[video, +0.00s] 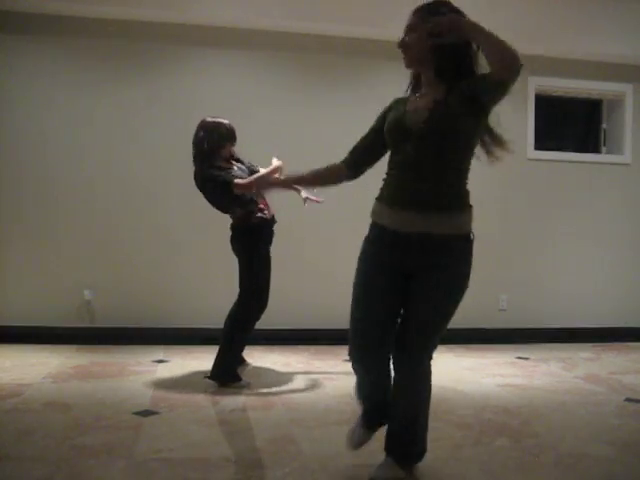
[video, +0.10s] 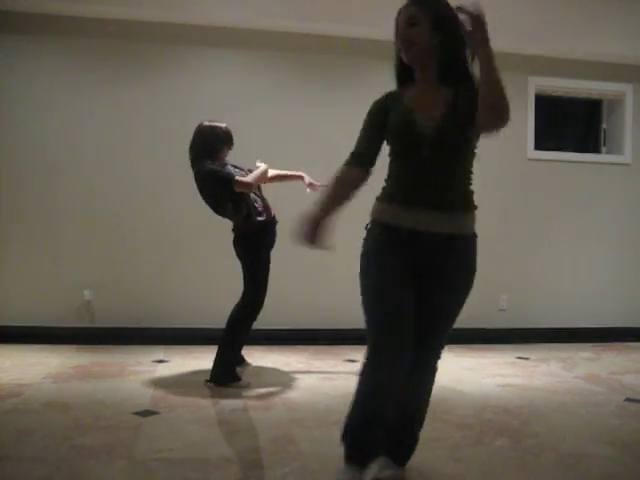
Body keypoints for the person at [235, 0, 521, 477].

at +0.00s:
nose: (401, 42)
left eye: (412, 34)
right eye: (403, 34)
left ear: (441, 41)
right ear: (412, 45)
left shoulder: (469, 98)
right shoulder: (399, 110)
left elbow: (510, 66)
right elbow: (350, 167)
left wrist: (467, 26)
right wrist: (281, 181)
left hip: (443, 245)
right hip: (386, 238)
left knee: (413, 352)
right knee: (365, 342)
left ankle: (404, 457)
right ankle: (376, 409)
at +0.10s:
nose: (402, 34)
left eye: (413, 24)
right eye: (399, 26)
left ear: (443, 33)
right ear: (397, 39)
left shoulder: (470, 98)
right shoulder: (388, 106)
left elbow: (496, 116)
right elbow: (358, 166)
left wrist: (483, 48)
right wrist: (323, 209)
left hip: (451, 244)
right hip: (390, 238)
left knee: (423, 355)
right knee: (389, 349)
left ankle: (397, 457)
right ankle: (358, 456)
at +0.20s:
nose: (410, 36)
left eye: (421, 25)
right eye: (402, 29)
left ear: (446, 34)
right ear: (393, 42)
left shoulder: (474, 105)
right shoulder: (386, 104)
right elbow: (394, 172)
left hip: (453, 251)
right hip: (394, 247)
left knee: (438, 369)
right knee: (420, 361)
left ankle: (387, 446)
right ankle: (390, 471)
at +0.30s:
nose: (418, 50)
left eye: (428, 38)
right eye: (406, 42)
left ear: (447, 48)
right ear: (393, 54)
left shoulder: (463, 122)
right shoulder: (392, 114)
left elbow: (485, 208)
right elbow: (448, 171)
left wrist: (474, 154)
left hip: (454, 268)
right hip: (398, 266)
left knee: (447, 379)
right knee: (455, 374)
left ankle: (389, 437)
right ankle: (422, 473)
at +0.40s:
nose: (427, 58)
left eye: (437, 46)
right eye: (414, 49)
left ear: (454, 55)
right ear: (399, 61)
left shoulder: (461, 129)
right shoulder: (403, 123)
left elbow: (483, 220)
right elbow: (473, 189)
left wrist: (481, 202)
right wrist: (566, 182)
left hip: (454, 285)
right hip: (404, 282)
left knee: (444, 421)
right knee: (477, 395)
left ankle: (374, 438)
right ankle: (428, 476)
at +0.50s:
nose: (439, 68)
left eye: (447, 54)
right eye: (424, 59)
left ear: (461, 62)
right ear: (407, 71)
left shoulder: (465, 135)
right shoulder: (416, 135)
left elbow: (476, 218)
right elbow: (474, 219)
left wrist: (499, 186)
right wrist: (561, 220)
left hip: (453, 296)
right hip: (412, 293)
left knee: (441, 433)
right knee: (489, 407)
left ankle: (359, 442)